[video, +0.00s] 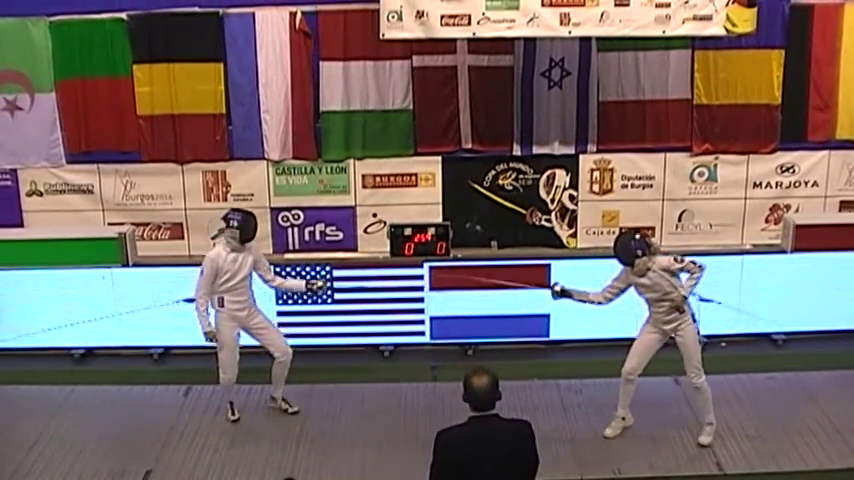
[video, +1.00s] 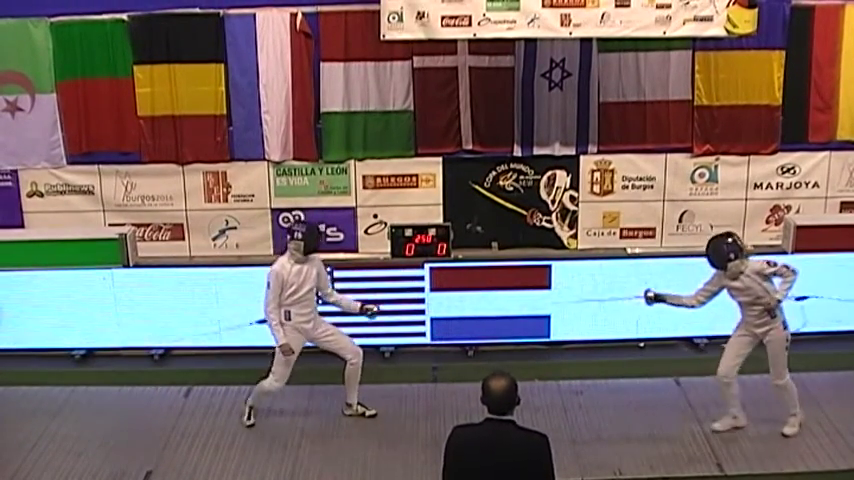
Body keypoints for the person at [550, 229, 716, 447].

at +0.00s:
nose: (634, 269)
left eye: (635, 264)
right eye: (630, 266)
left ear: (642, 255)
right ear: (627, 263)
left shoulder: (663, 262)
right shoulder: (628, 275)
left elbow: (697, 269)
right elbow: (603, 297)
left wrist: (684, 293)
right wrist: (567, 293)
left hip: (683, 322)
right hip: (656, 325)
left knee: (696, 377)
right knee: (629, 372)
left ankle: (709, 424)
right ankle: (622, 416)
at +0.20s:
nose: (646, 282)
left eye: (648, 277)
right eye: (643, 279)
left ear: (657, 270)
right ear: (642, 275)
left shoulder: (678, 280)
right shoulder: (643, 288)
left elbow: (711, 292)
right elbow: (616, 310)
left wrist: (696, 312)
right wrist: (583, 302)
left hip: (692, 341)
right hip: (665, 340)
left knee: (711, 394)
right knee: (632, 380)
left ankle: (741, 417)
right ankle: (628, 423)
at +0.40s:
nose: (674, 276)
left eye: (676, 270)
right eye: (669, 273)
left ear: (683, 262)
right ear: (665, 270)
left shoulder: (701, 271)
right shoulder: (668, 283)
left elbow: (737, 273)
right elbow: (643, 308)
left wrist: (725, 300)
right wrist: (610, 302)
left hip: (722, 330)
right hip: (695, 332)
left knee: (734, 384)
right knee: (664, 376)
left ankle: (745, 421)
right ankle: (641, 420)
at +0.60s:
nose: (690, 275)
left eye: (690, 270)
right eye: (686, 272)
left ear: (698, 263)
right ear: (683, 270)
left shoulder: (718, 273)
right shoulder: (682, 283)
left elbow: (750, 282)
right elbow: (657, 307)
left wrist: (738, 304)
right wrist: (624, 302)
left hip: (735, 331)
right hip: (709, 332)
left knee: (752, 384)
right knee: (679, 375)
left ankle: (776, 416)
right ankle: (671, 420)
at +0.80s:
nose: (714, 280)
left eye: (716, 275)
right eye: (710, 276)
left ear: (726, 268)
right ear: (708, 274)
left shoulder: (743, 277)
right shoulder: (709, 288)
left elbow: (777, 283)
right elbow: (683, 310)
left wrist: (765, 307)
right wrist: (650, 305)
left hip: (760, 337)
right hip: (732, 336)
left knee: (766, 390)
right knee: (698, 379)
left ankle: (786, 419)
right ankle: (674, 420)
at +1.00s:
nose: (729, 272)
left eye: (731, 266)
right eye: (726, 268)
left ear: (739, 259)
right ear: (721, 265)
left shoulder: (756, 267)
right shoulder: (721, 278)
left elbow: (790, 273)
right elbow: (695, 301)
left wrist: (778, 298)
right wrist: (661, 298)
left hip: (773, 326)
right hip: (748, 327)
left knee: (780, 378)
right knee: (725, 374)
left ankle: (795, 416)